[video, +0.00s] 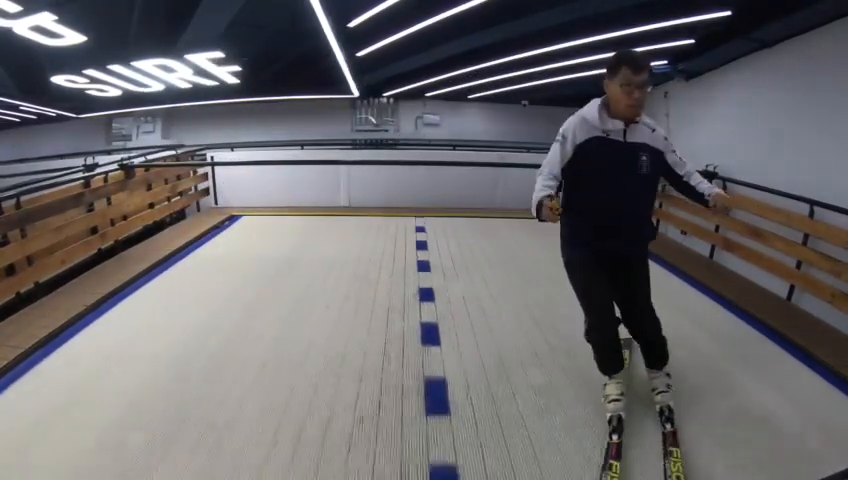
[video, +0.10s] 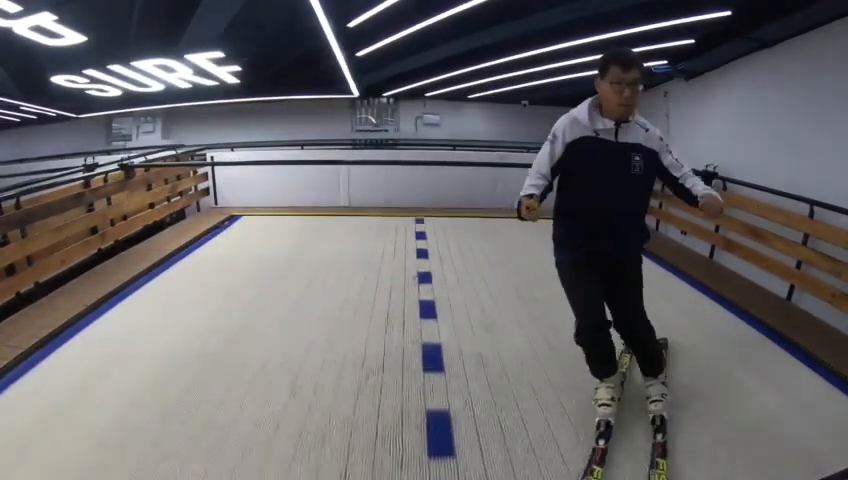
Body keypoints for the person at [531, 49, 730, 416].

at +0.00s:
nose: (637, 96)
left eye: (643, 88)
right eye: (629, 88)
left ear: (648, 89)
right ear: (607, 85)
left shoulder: (653, 136)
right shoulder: (578, 127)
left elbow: (680, 173)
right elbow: (548, 174)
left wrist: (710, 193)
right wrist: (543, 201)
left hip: (630, 241)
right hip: (583, 241)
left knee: (639, 311)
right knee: (599, 317)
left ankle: (658, 371)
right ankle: (612, 377)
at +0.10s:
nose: (627, 94)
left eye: (634, 86)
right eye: (618, 85)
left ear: (641, 88)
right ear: (598, 85)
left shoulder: (649, 137)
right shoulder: (571, 126)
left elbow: (678, 174)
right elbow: (542, 168)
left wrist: (703, 194)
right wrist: (530, 195)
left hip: (623, 243)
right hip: (574, 242)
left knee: (630, 318)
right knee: (589, 322)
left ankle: (653, 375)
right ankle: (607, 378)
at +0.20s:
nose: (601, 90)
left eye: (609, 82)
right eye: (592, 82)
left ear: (618, 86)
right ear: (575, 83)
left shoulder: (629, 134)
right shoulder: (547, 125)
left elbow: (662, 172)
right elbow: (518, 172)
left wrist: (684, 195)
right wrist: (499, 196)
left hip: (603, 246)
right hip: (553, 245)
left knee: (608, 325)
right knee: (561, 330)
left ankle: (636, 379)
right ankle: (585, 384)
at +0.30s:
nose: (574, 85)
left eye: (582, 77)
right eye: (565, 77)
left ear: (594, 80)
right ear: (551, 79)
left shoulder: (608, 131)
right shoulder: (523, 122)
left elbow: (643, 172)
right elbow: (495, 171)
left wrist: (663, 197)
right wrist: (473, 194)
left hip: (579, 247)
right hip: (527, 245)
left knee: (583, 329)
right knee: (530, 331)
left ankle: (617, 386)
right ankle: (559, 388)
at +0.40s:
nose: (540, 83)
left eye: (549, 74)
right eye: (532, 74)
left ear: (562, 76)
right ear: (519, 76)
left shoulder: (579, 129)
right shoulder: (494, 121)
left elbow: (615, 171)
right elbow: (467, 171)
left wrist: (633, 197)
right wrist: (440, 191)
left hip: (549, 247)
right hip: (499, 245)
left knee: (551, 332)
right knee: (496, 329)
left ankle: (591, 389)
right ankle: (528, 388)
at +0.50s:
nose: (501, 78)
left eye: (510, 70)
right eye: (493, 70)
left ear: (525, 72)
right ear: (482, 73)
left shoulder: (544, 127)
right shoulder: (459, 119)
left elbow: (583, 172)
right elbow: (434, 171)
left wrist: (595, 196)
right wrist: (403, 189)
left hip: (513, 246)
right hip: (464, 242)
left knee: (513, 330)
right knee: (457, 324)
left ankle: (556, 392)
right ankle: (490, 385)